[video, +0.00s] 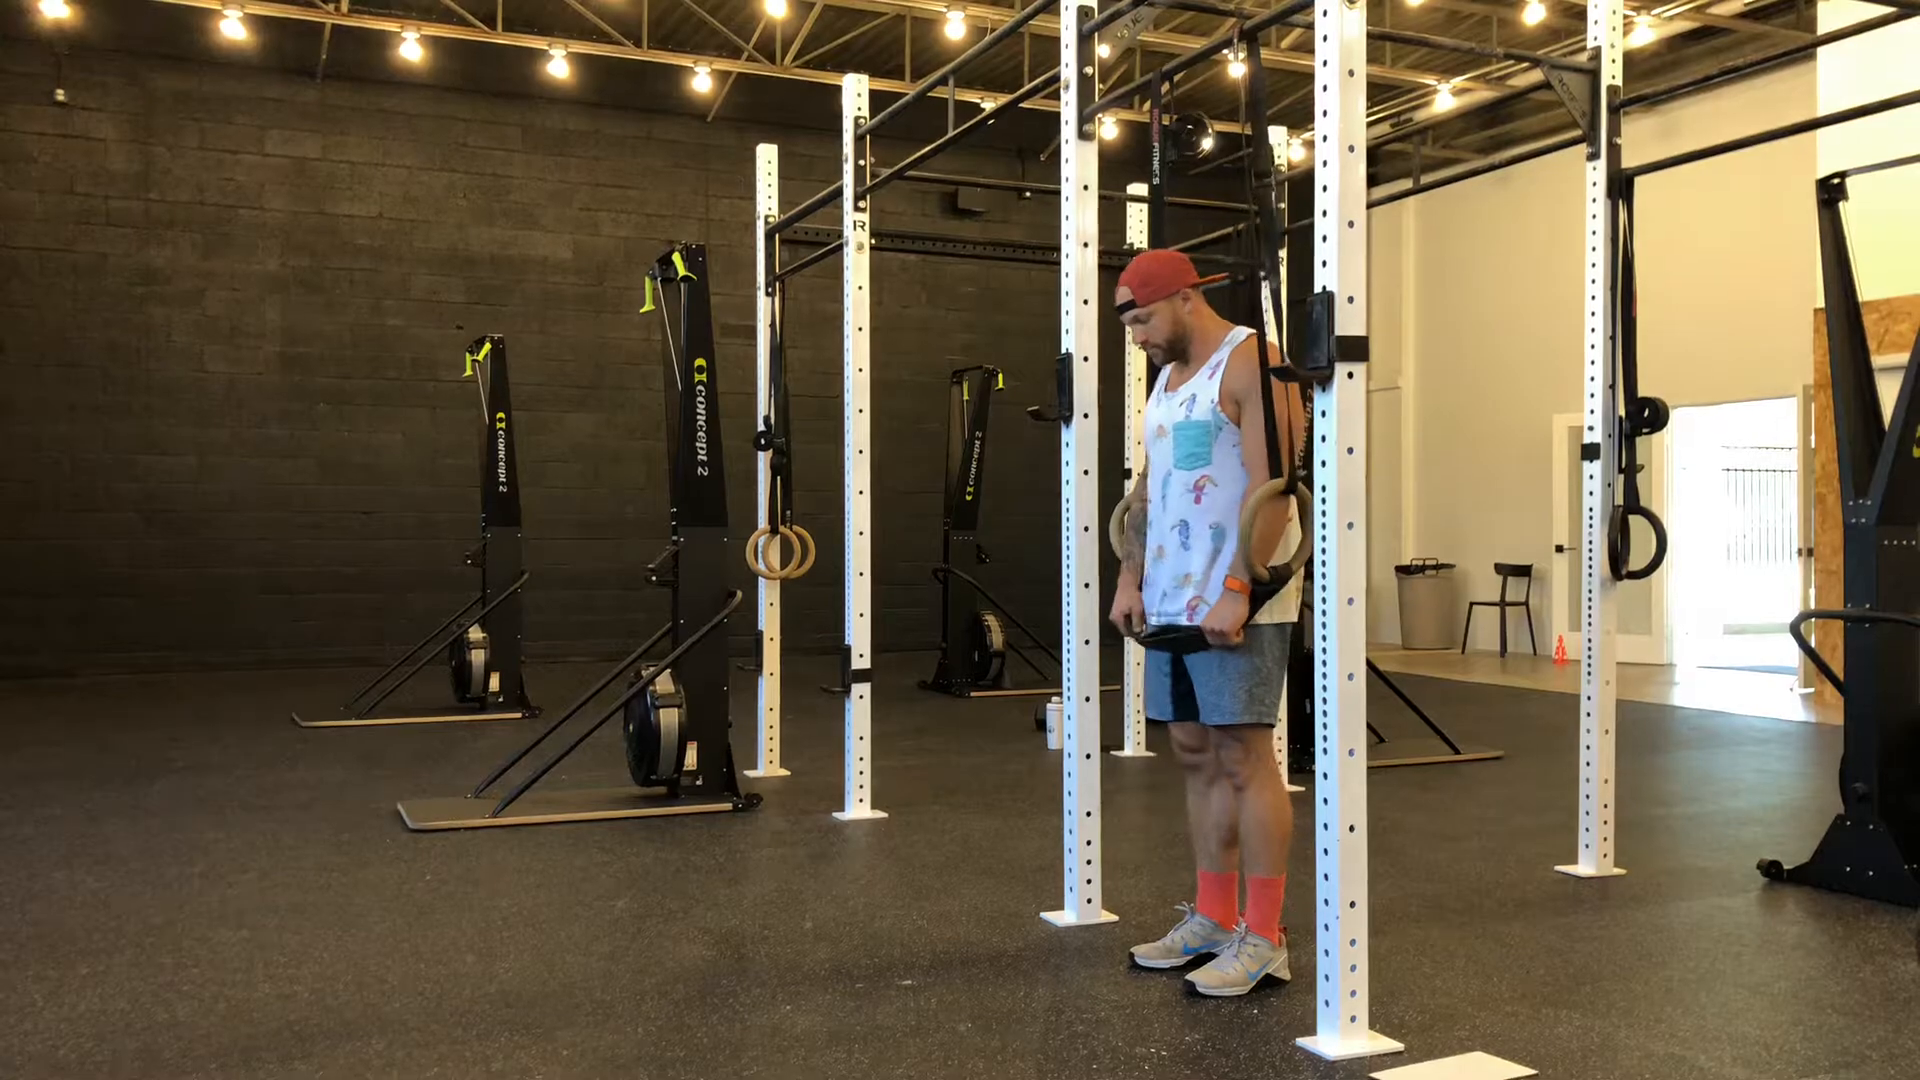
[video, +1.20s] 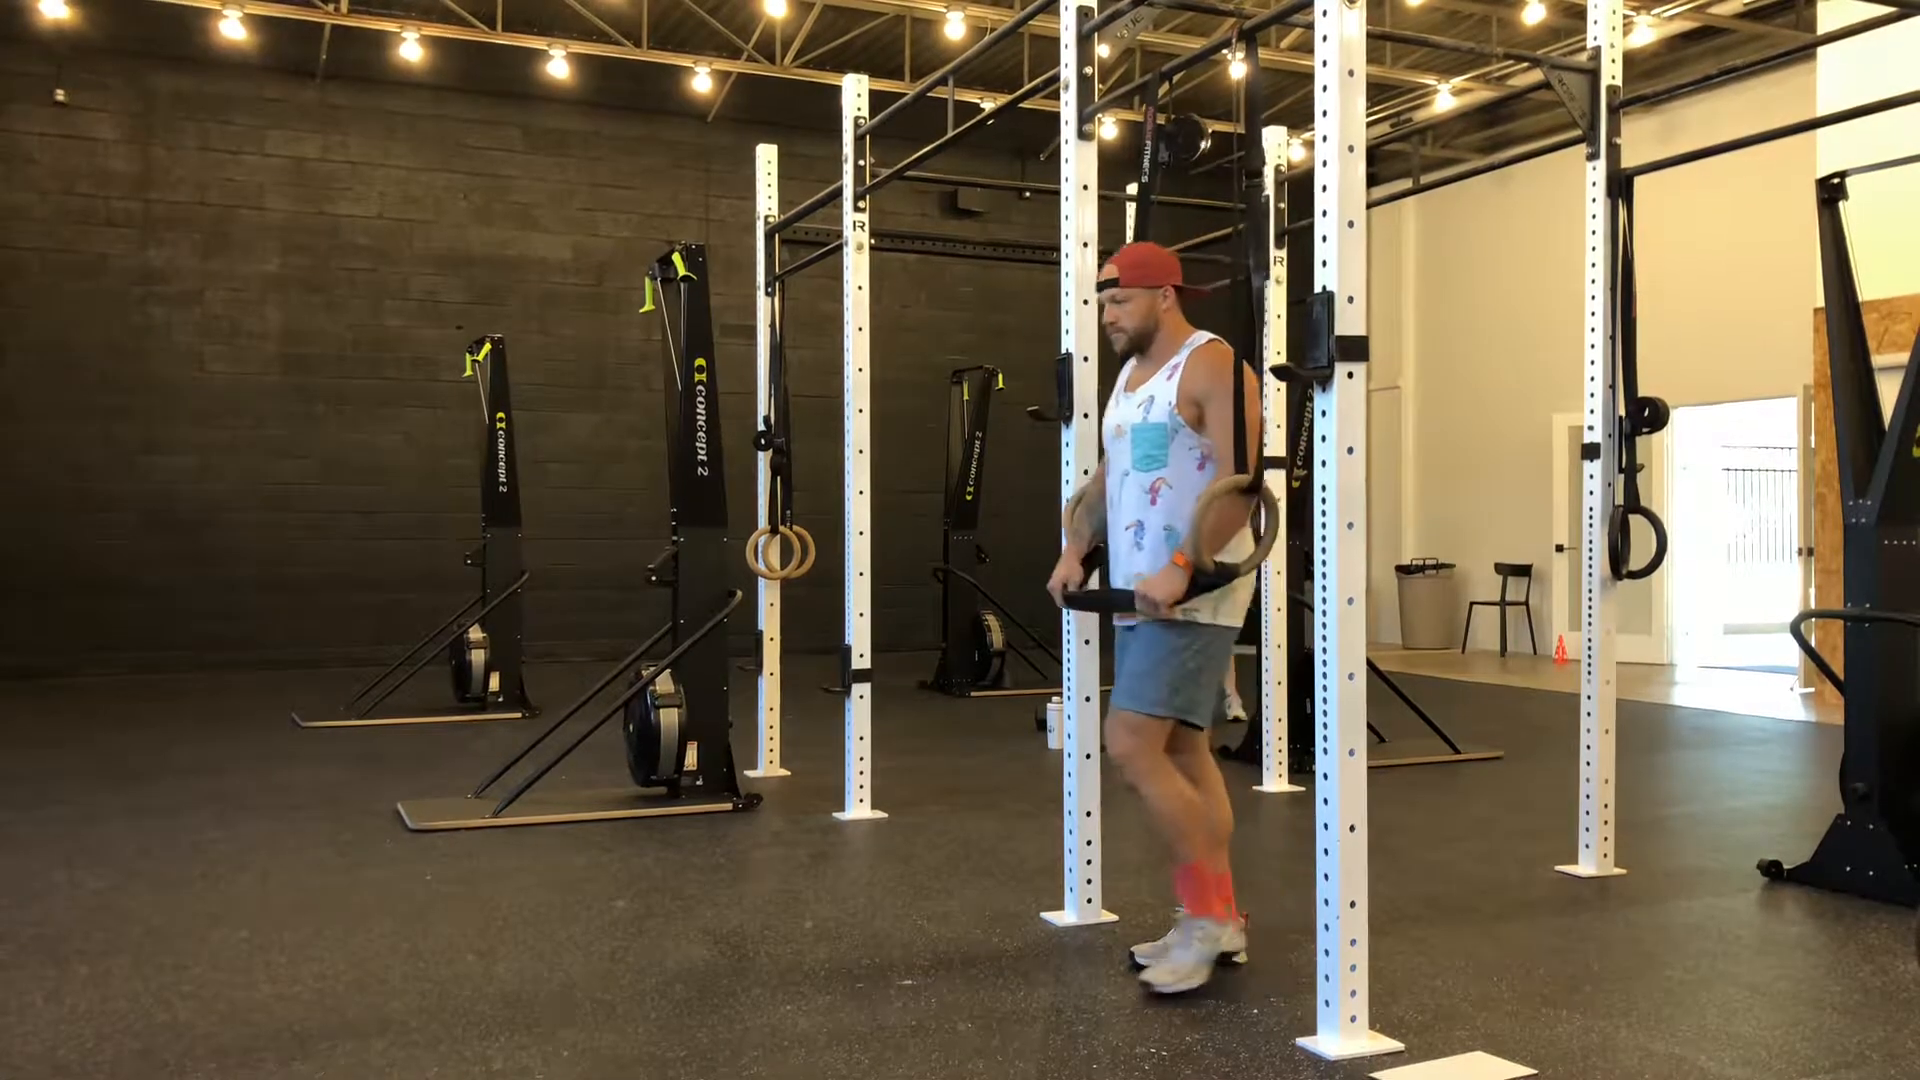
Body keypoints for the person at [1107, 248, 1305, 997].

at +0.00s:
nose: (1131, 328)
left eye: (1138, 312)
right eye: (1126, 315)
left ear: (1187, 299)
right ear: (1161, 310)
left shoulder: (1249, 363)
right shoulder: (1166, 380)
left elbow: (1273, 489)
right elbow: (1153, 491)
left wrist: (1240, 586)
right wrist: (1132, 575)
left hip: (1236, 602)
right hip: (1177, 604)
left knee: (1246, 760)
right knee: (1196, 754)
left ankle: (1264, 938)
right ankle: (1213, 919)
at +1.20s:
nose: (1107, 309)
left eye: (1118, 295)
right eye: (1104, 297)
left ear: (1163, 298)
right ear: (1124, 304)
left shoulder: (1210, 363)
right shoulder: (1131, 377)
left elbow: (1243, 480)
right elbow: (1110, 477)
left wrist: (1187, 565)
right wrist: (1076, 544)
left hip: (1197, 591)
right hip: (1149, 589)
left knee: (1133, 742)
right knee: (1187, 754)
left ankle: (1207, 919)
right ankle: (1219, 917)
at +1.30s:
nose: (1083, 313)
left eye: (1094, 298)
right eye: (1079, 301)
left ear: (1140, 299)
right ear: (1095, 309)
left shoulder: (1193, 368)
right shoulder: (1111, 380)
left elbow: (1232, 484)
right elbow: (1097, 475)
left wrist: (1173, 559)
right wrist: (1062, 536)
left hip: (1180, 596)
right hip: (1134, 595)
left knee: (1116, 750)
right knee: (1178, 759)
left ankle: (1113, 948)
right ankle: (1217, 924)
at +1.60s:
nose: (994, 320)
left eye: (1005, 305)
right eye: (991, 307)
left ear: (1055, 301)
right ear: (1029, 309)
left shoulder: (1115, 368)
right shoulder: (1034, 381)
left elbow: (1190, 465)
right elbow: (1048, 486)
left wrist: (1118, 542)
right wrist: (1011, 540)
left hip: (1098, 596)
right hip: (1056, 594)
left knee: (1030, 757)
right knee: (1094, 762)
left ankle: (1038, 959)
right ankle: (1193, 894)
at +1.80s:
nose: (942, 314)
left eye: (951, 296)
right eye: (938, 299)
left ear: (998, 286)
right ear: (981, 294)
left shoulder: (1067, 349)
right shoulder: (995, 365)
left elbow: (1150, 436)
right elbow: (1037, 469)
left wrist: (1087, 523)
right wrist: (992, 530)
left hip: (1057, 597)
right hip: (998, 591)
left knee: (1027, 764)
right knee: (975, 751)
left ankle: (1038, 964)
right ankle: (1109, 870)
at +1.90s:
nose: (914, 315)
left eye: (921, 297)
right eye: (909, 301)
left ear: (968, 283)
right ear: (951, 292)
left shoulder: (1038, 340)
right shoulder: (968, 362)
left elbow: (1130, 423)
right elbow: (1003, 471)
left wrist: (1074, 522)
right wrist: (970, 543)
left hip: (1034, 603)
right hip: (971, 596)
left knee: (1023, 767)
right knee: (940, 748)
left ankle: (1040, 960)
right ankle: (1005, 920)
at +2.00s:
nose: (893, 313)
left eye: (900, 294)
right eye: (888, 298)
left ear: (947, 280)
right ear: (930, 288)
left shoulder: (1016, 335)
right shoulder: (943, 367)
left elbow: (1111, 418)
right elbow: (983, 474)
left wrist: (1060, 521)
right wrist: (953, 554)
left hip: (1017, 602)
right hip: (955, 598)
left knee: (1017, 768)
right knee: (934, 757)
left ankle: (1036, 962)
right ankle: (929, 947)